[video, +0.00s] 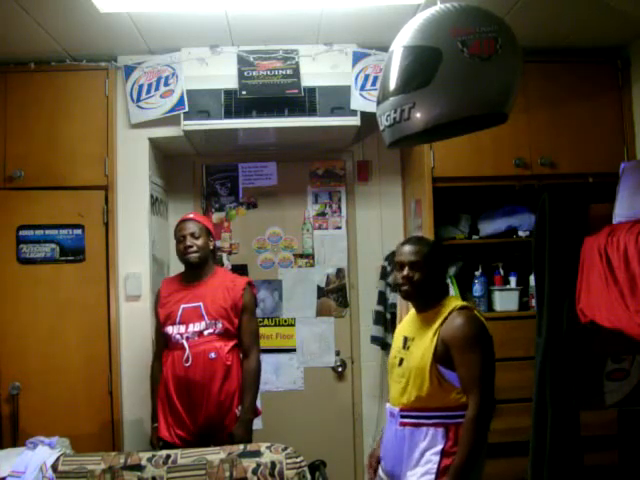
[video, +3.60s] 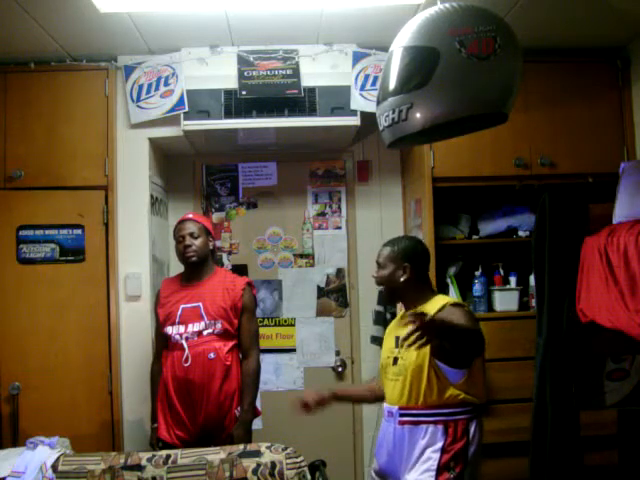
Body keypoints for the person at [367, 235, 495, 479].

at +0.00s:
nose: (405, 275)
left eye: (415, 267)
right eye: (400, 267)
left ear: (436, 271)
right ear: (393, 272)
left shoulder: (461, 324)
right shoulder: (411, 318)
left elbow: (480, 403)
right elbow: (407, 394)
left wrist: (457, 470)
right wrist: (381, 445)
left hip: (436, 444)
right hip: (398, 441)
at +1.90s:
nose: (405, 271)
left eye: (414, 263)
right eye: (396, 264)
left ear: (428, 267)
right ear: (387, 272)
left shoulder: (454, 320)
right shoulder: (398, 316)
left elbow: (479, 397)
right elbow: (395, 389)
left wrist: (455, 470)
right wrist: (372, 438)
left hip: (434, 437)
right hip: (390, 434)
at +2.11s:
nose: (405, 276)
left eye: (414, 268)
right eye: (397, 270)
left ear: (430, 272)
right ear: (388, 277)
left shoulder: (457, 323)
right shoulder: (400, 323)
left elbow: (482, 396)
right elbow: (397, 394)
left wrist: (444, 460)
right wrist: (371, 441)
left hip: (434, 443)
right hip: (393, 441)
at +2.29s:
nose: (409, 271)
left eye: (417, 264)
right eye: (400, 265)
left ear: (431, 268)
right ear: (390, 273)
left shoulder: (455, 314)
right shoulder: (396, 321)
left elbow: (475, 370)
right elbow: (393, 391)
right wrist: (370, 437)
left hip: (440, 434)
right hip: (394, 434)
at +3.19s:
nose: (407, 271)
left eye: (416, 263)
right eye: (398, 265)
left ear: (429, 269)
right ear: (389, 274)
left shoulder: (453, 311)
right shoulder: (396, 324)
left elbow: (469, 357)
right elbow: (393, 393)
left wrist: (442, 333)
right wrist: (361, 437)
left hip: (441, 435)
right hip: (395, 436)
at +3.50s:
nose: (376, 274)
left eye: (384, 266)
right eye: (379, 266)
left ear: (407, 275)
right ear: (405, 276)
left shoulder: (454, 314)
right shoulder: (397, 325)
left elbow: (468, 341)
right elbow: (390, 389)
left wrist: (440, 319)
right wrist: (343, 417)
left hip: (438, 443)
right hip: (393, 440)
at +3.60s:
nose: (375, 275)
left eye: (381, 267)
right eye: (376, 267)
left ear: (404, 271)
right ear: (401, 271)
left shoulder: (450, 311)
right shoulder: (395, 324)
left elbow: (472, 347)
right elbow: (384, 388)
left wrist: (436, 328)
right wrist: (331, 394)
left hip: (438, 437)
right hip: (395, 435)